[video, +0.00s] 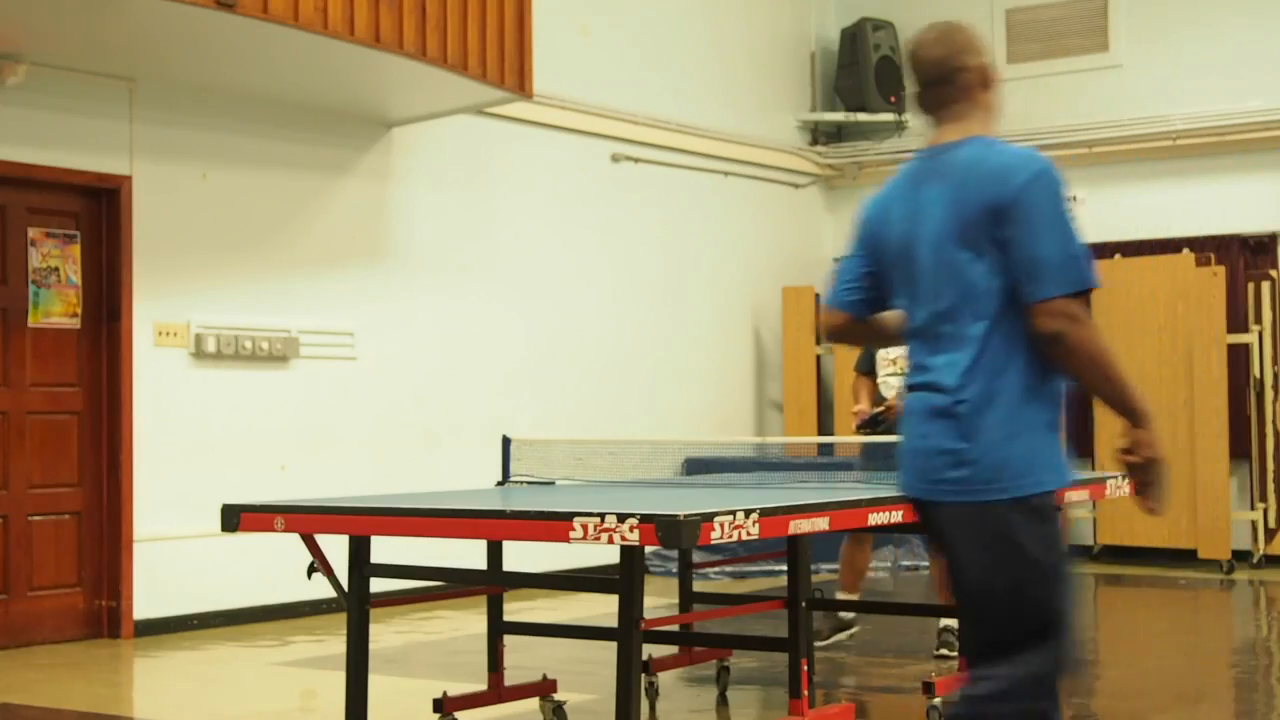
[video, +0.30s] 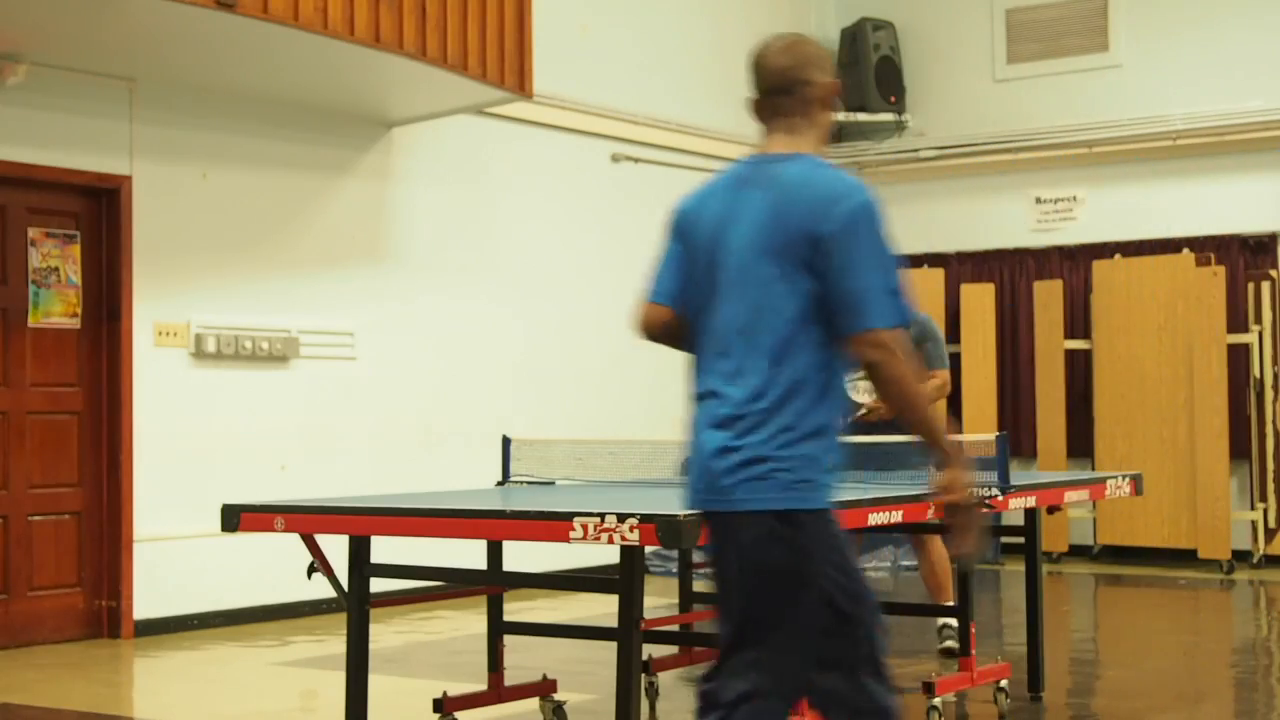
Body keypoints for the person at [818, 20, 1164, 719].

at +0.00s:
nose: (994, 81)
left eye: (986, 72)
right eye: (991, 72)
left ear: (919, 96)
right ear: (986, 79)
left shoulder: (893, 196)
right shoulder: (1018, 171)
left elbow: (839, 322)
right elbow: (1055, 321)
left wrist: (930, 318)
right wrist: (1138, 419)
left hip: (931, 471)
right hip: (1003, 470)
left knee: (996, 661)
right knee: (1029, 663)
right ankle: (961, 707)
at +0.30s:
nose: (837, 96)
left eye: (828, 86)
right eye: (833, 87)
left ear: (760, 103)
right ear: (826, 94)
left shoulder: (705, 202)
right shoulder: (836, 197)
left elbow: (658, 318)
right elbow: (874, 345)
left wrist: (742, 344)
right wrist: (946, 452)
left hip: (722, 478)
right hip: (781, 485)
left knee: (849, 651)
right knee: (758, 672)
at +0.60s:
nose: (669, 120)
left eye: (665, 106)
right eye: (665, 106)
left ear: (596, 114)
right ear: (649, 107)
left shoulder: (558, 208)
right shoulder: (619, 198)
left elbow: (509, 339)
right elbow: (605, 339)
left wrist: (648, 357)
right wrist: (719, 421)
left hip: (566, 490)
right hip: (615, 494)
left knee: (578, 646)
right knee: (676, 682)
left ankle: (498, 713)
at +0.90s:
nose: (531, 137)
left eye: (531, 121)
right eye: (527, 119)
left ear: (476, 113)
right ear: (490, 111)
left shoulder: (440, 193)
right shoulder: (446, 196)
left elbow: (460, 334)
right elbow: (465, 336)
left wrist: (539, 354)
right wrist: (584, 378)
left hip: (422, 467)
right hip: (425, 470)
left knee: (420, 648)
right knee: (484, 634)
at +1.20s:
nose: (436, 152)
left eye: (438, 138)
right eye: (434, 137)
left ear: (393, 132)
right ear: (405, 132)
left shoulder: (368, 217)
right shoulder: (320, 201)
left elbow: (340, 339)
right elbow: (274, 324)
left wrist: (406, 377)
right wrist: (386, 376)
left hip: (356, 493)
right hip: (287, 491)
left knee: (385, 641)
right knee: (263, 658)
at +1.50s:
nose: (370, 179)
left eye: (372, 164)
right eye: (364, 161)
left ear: (322, 150)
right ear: (319, 146)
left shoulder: (311, 243)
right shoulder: (214, 217)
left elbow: (316, 355)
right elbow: (170, 330)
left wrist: (416, 354)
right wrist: (177, 374)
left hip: (258, 482)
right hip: (174, 478)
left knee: (298, 618)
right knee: (172, 669)